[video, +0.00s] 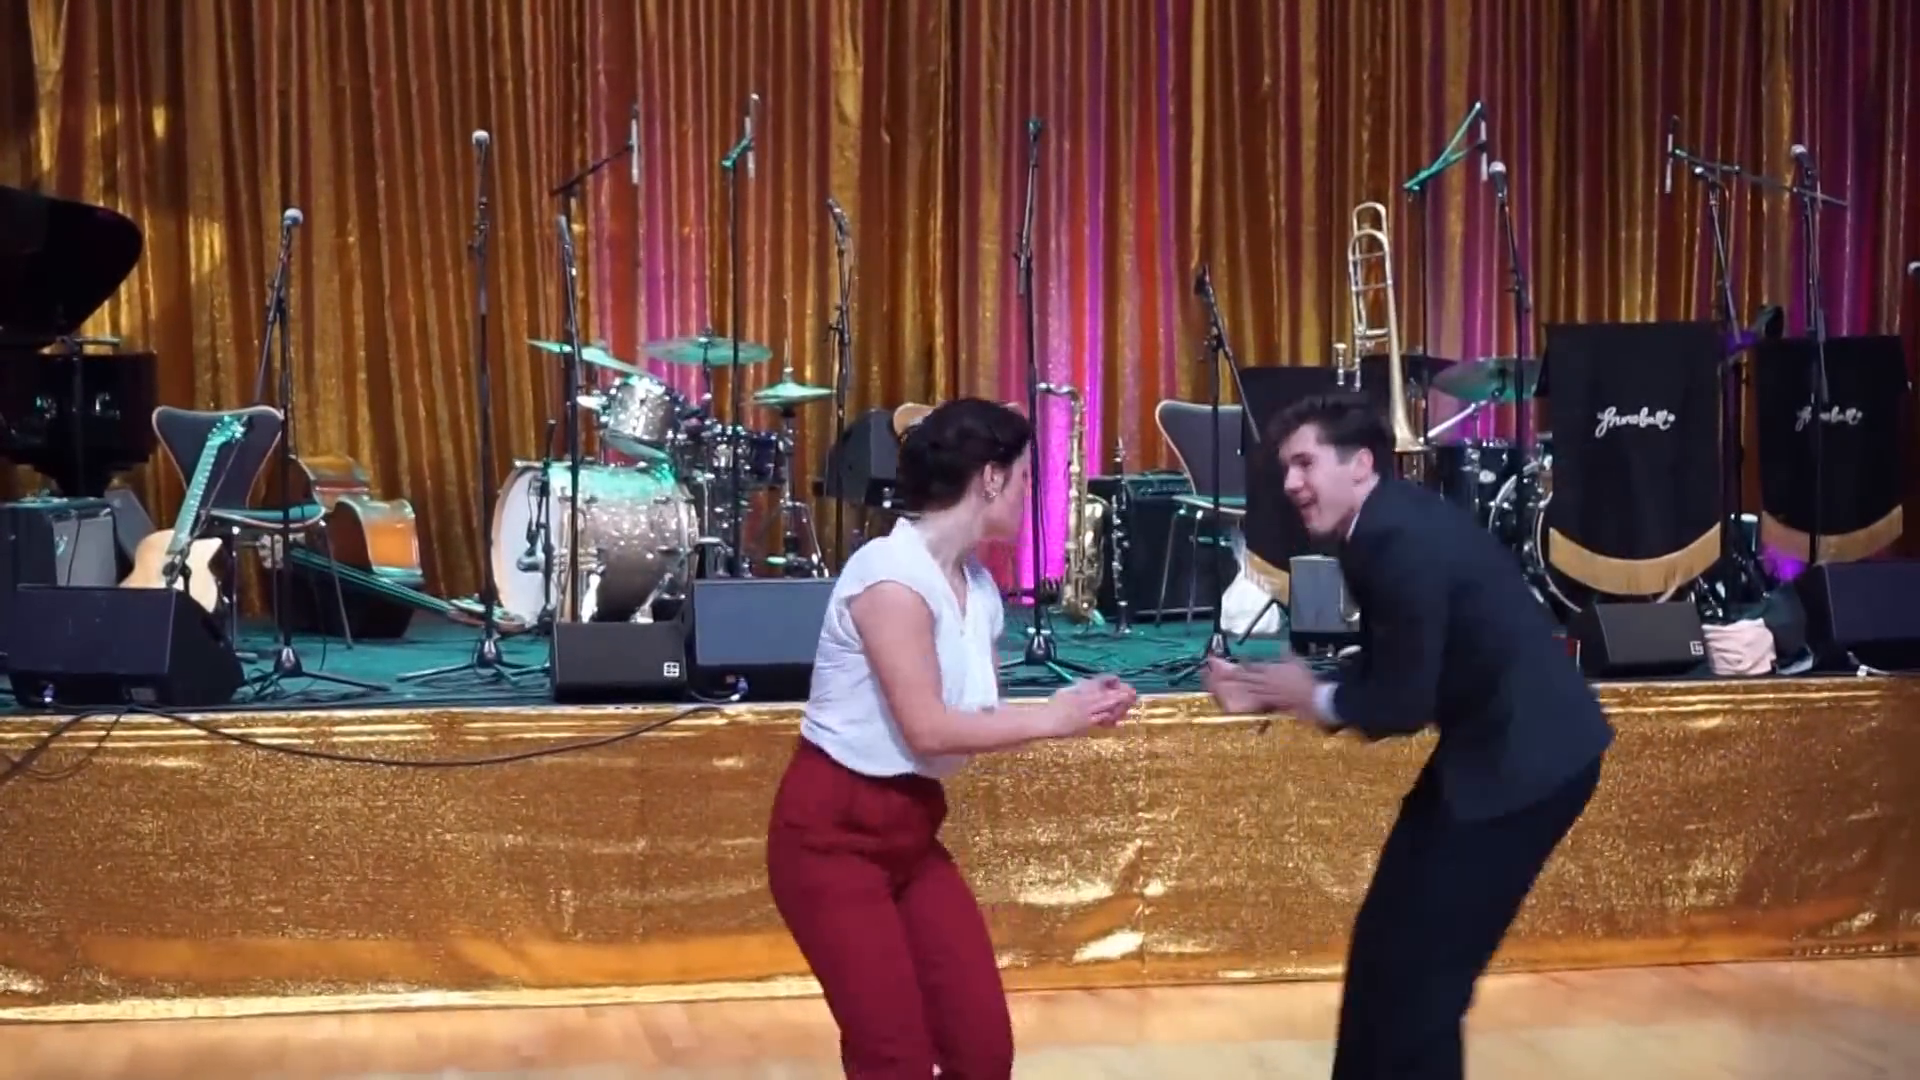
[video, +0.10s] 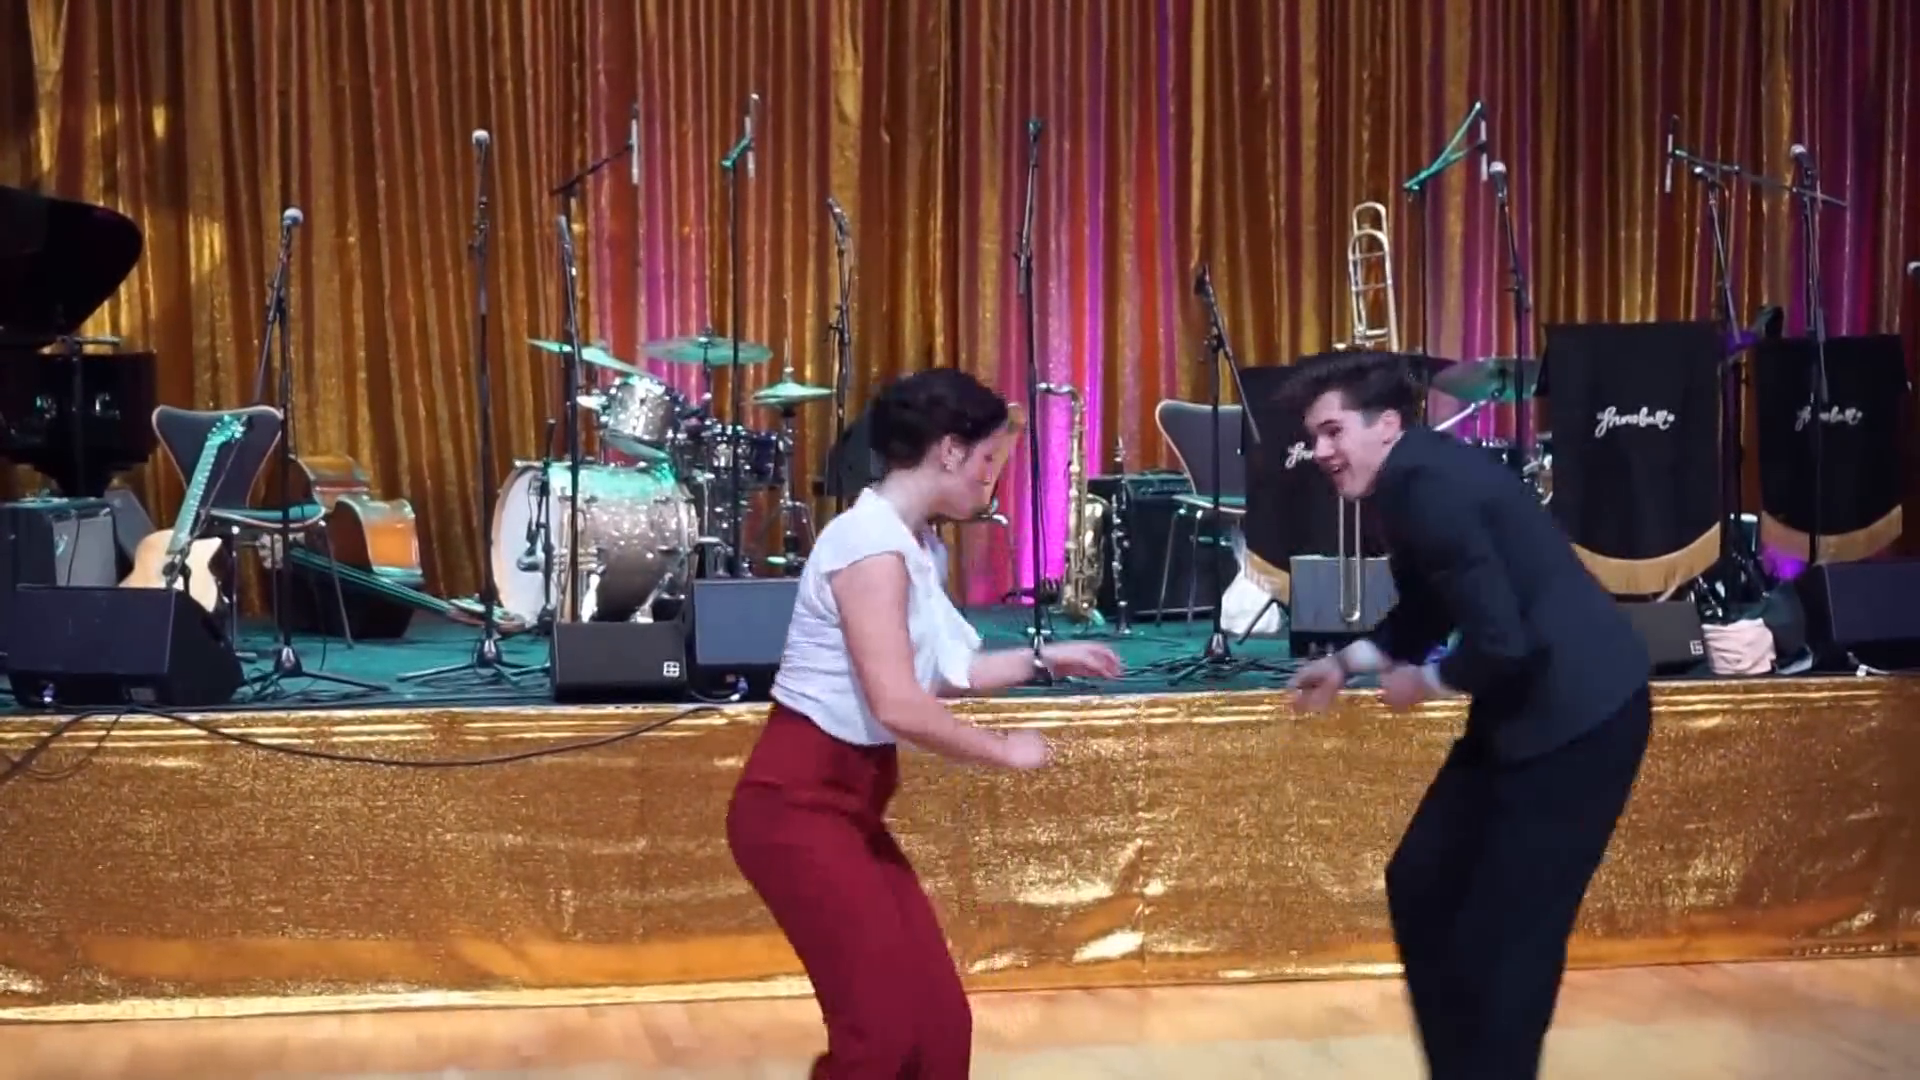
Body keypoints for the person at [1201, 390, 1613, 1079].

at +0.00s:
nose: (1292, 484)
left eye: (1308, 463)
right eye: (1286, 469)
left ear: (1363, 464)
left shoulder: (1398, 534)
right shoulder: (1383, 531)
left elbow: (1408, 699)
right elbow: (1387, 678)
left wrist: (1312, 698)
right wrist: (1293, 686)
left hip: (1529, 755)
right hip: (1488, 748)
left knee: (1414, 963)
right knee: (1384, 943)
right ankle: (1368, 1072)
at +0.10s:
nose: (1318, 453)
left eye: (1332, 432)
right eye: (1313, 439)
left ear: (1389, 422)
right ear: (1383, 428)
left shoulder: (1429, 483)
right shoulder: (1413, 478)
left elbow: (1498, 643)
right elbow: (1429, 609)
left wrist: (1430, 678)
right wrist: (1346, 662)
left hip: (1581, 713)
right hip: (1519, 710)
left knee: (1502, 928)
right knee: (1420, 882)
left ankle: (1491, 1069)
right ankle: (1462, 1067)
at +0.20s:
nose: (1359, 463)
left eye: (1370, 442)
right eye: (1352, 448)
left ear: (1427, 428)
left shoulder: (1458, 488)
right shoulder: (1459, 472)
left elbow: (1560, 604)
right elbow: (1490, 588)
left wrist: (1531, 729)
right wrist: (1411, 640)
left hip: (1627, 716)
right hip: (1583, 711)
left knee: (1527, 914)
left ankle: (1621, 1069)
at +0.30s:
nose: (1402, 497)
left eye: (1411, 475)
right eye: (1394, 482)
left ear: (1465, 461)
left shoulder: (1519, 515)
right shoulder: (1484, 528)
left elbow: (1600, 640)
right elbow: (1536, 635)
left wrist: (1635, 786)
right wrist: (1441, 641)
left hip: (1654, 763)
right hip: (1609, 763)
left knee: (1613, 992)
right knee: (1561, 981)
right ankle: (1673, 1066)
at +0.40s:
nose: (1426, 523)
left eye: (1434, 501)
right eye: (1417, 510)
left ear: (1489, 488)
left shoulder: (1541, 539)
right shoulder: (1519, 558)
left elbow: (1630, 633)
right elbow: (1563, 674)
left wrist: (1699, 740)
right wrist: (1462, 658)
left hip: (1669, 789)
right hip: (1662, 788)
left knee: (1593, 993)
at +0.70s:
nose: (1440, 530)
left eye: (1448, 508)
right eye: (1433, 516)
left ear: (1503, 493)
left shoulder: (1556, 532)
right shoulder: (1540, 584)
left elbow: (1629, 624)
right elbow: (1592, 746)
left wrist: (1640, 758)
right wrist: (1469, 773)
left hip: (1684, 782)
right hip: (1677, 791)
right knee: (1647, 1011)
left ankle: (1451, 1078)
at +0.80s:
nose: (1434, 503)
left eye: (1445, 483)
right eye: (1427, 489)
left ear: (1499, 476)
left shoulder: (1572, 541)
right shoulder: (1518, 562)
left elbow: (1604, 695)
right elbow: (1577, 716)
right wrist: (1483, 800)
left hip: (1651, 794)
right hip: (1608, 793)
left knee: (1505, 924)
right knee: (1613, 1019)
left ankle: (1464, 1073)